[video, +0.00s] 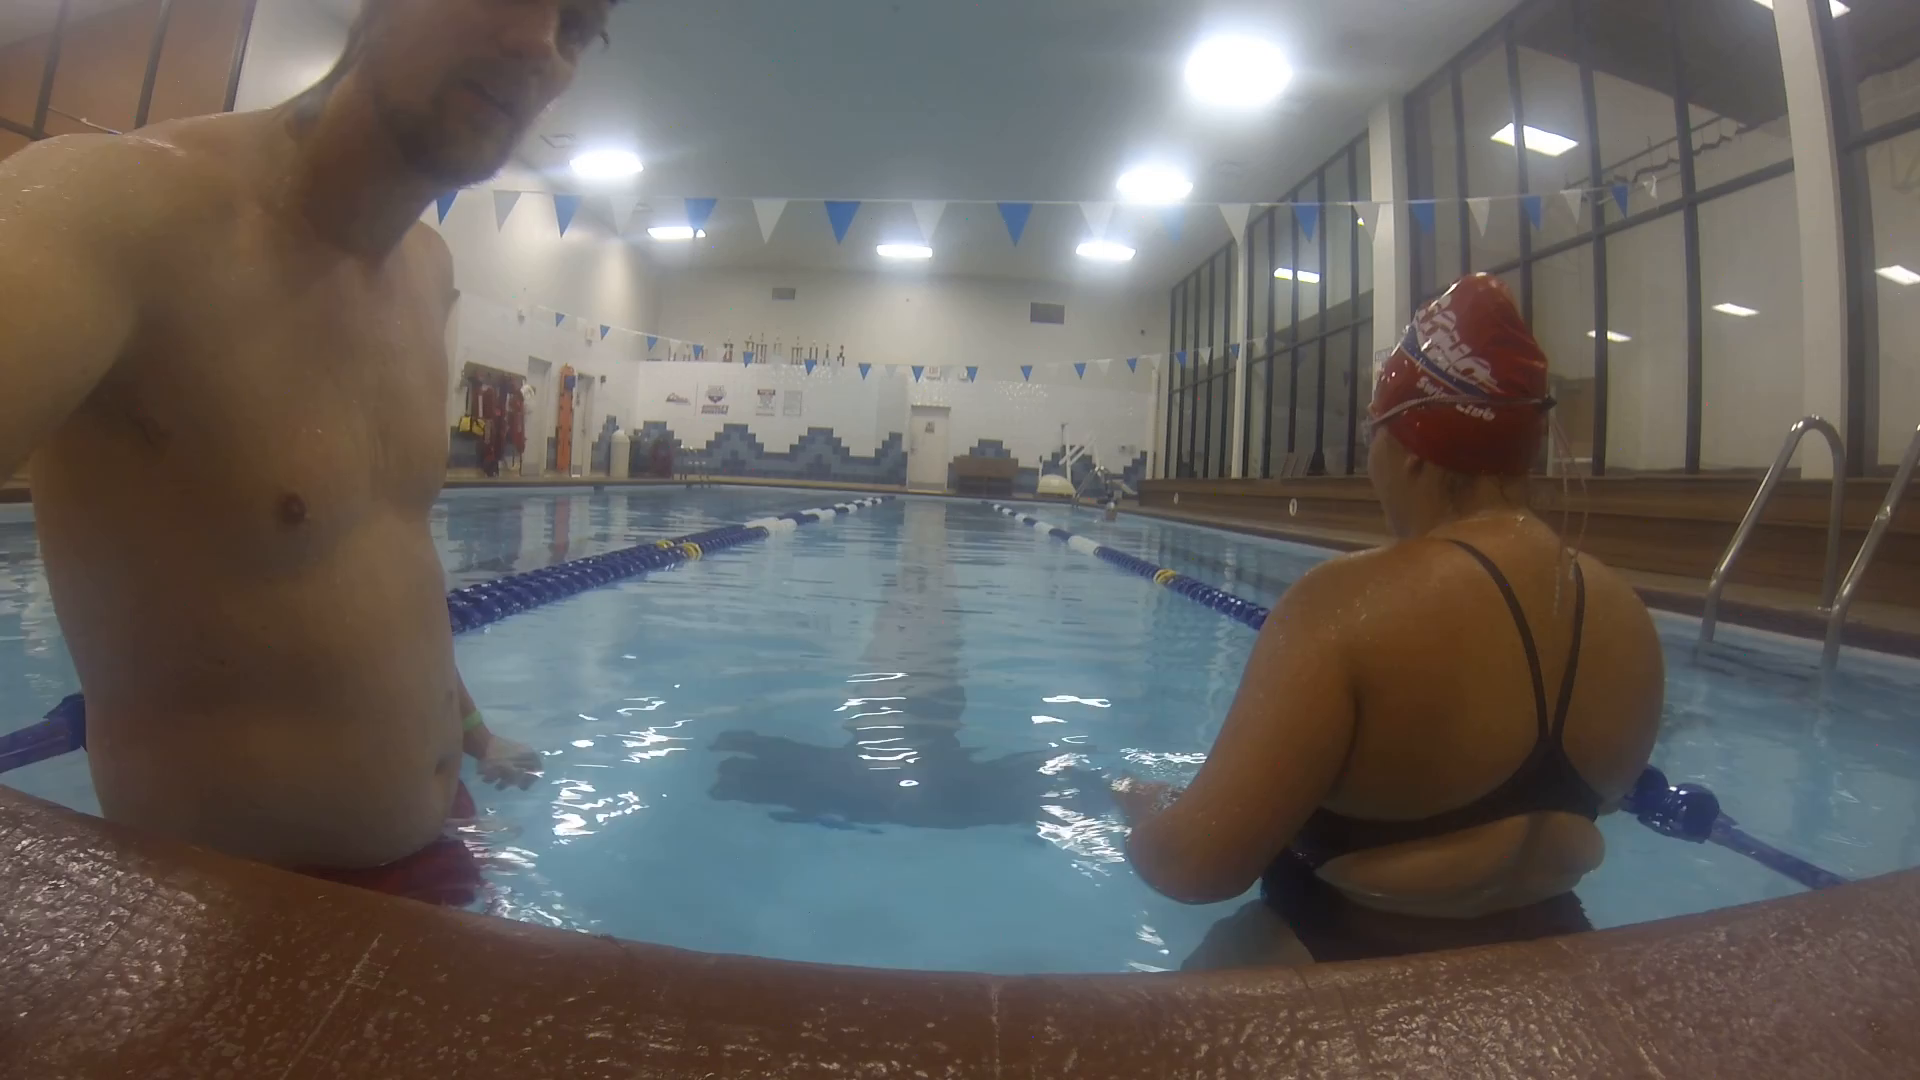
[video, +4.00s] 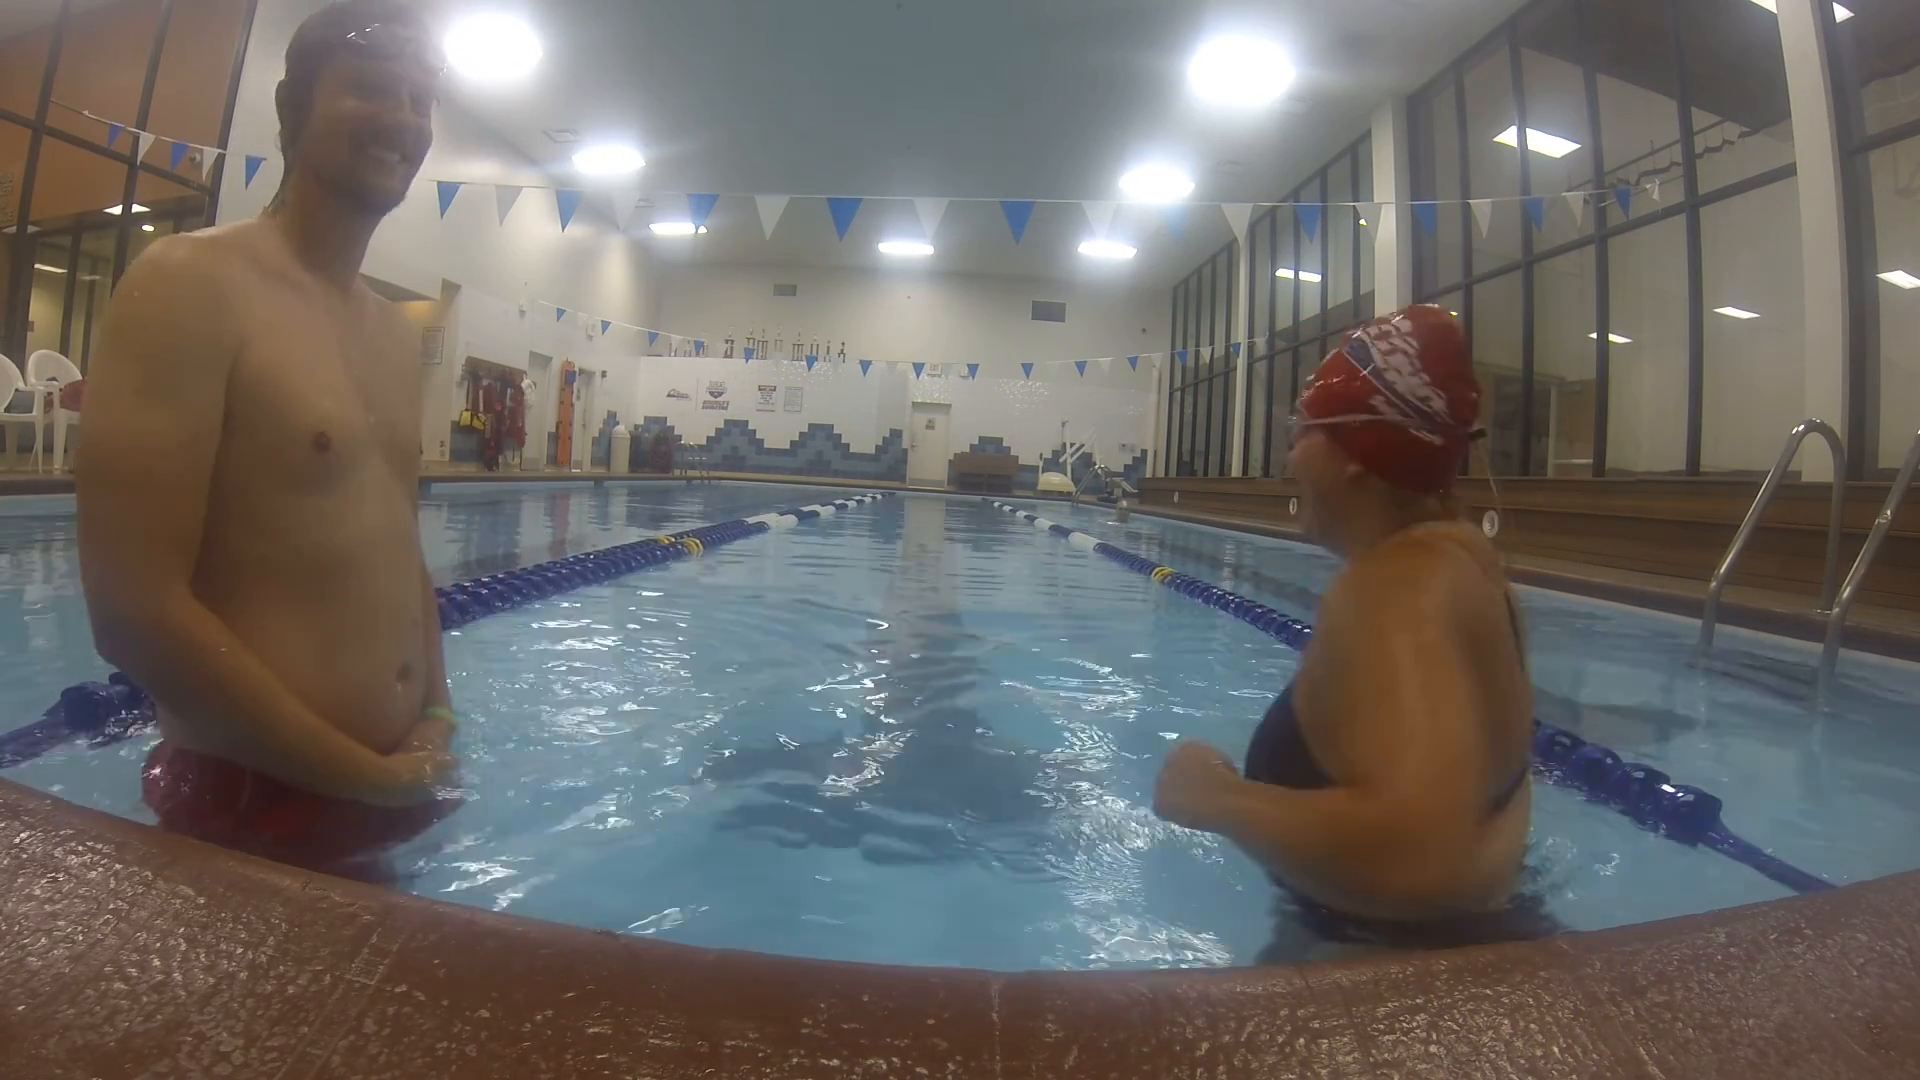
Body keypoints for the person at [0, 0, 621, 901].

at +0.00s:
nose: (540, 45)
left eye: (576, 29)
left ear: (576, 73)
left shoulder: (425, 262)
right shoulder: (104, 212)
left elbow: (379, 554)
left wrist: (467, 726)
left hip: (432, 871)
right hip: (226, 910)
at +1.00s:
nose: (523, 97)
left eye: (550, 78)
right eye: (490, 50)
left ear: (556, 114)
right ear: (398, 61)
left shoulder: (459, 305)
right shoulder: (215, 244)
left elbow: (418, 511)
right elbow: (16, 582)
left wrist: (522, 586)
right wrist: (198, 495)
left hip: (441, 826)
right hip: (267, 839)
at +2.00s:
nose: (649, 336)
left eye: (667, 321)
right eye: (632, 299)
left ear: (674, 332)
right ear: (566, 279)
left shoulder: (570, 446)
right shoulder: (401, 339)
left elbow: (521, 590)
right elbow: (233, 510)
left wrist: (540, 623)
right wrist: (395, 494)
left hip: (459, 746)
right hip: (312, 742)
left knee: (476, 839)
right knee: (341, 939)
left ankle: (450, 902)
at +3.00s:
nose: (546, 185)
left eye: (553, 163)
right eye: (520, 155)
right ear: (431, 166)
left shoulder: (513, 364)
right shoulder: (299, 331)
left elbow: (518, 532)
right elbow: (192, 560)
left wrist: (535, 620)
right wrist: (375, 685)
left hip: (474, 753)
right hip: (339, 759)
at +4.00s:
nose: (404, 120)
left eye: (423, 99)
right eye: (369, 86)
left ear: (433, 130)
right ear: (291, 104)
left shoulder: (396, 330)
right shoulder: (188, 283)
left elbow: (395, 539)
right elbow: (134, 609)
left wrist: (433, 710)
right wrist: (370, 776)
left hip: (383, 787)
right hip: (244, 799)